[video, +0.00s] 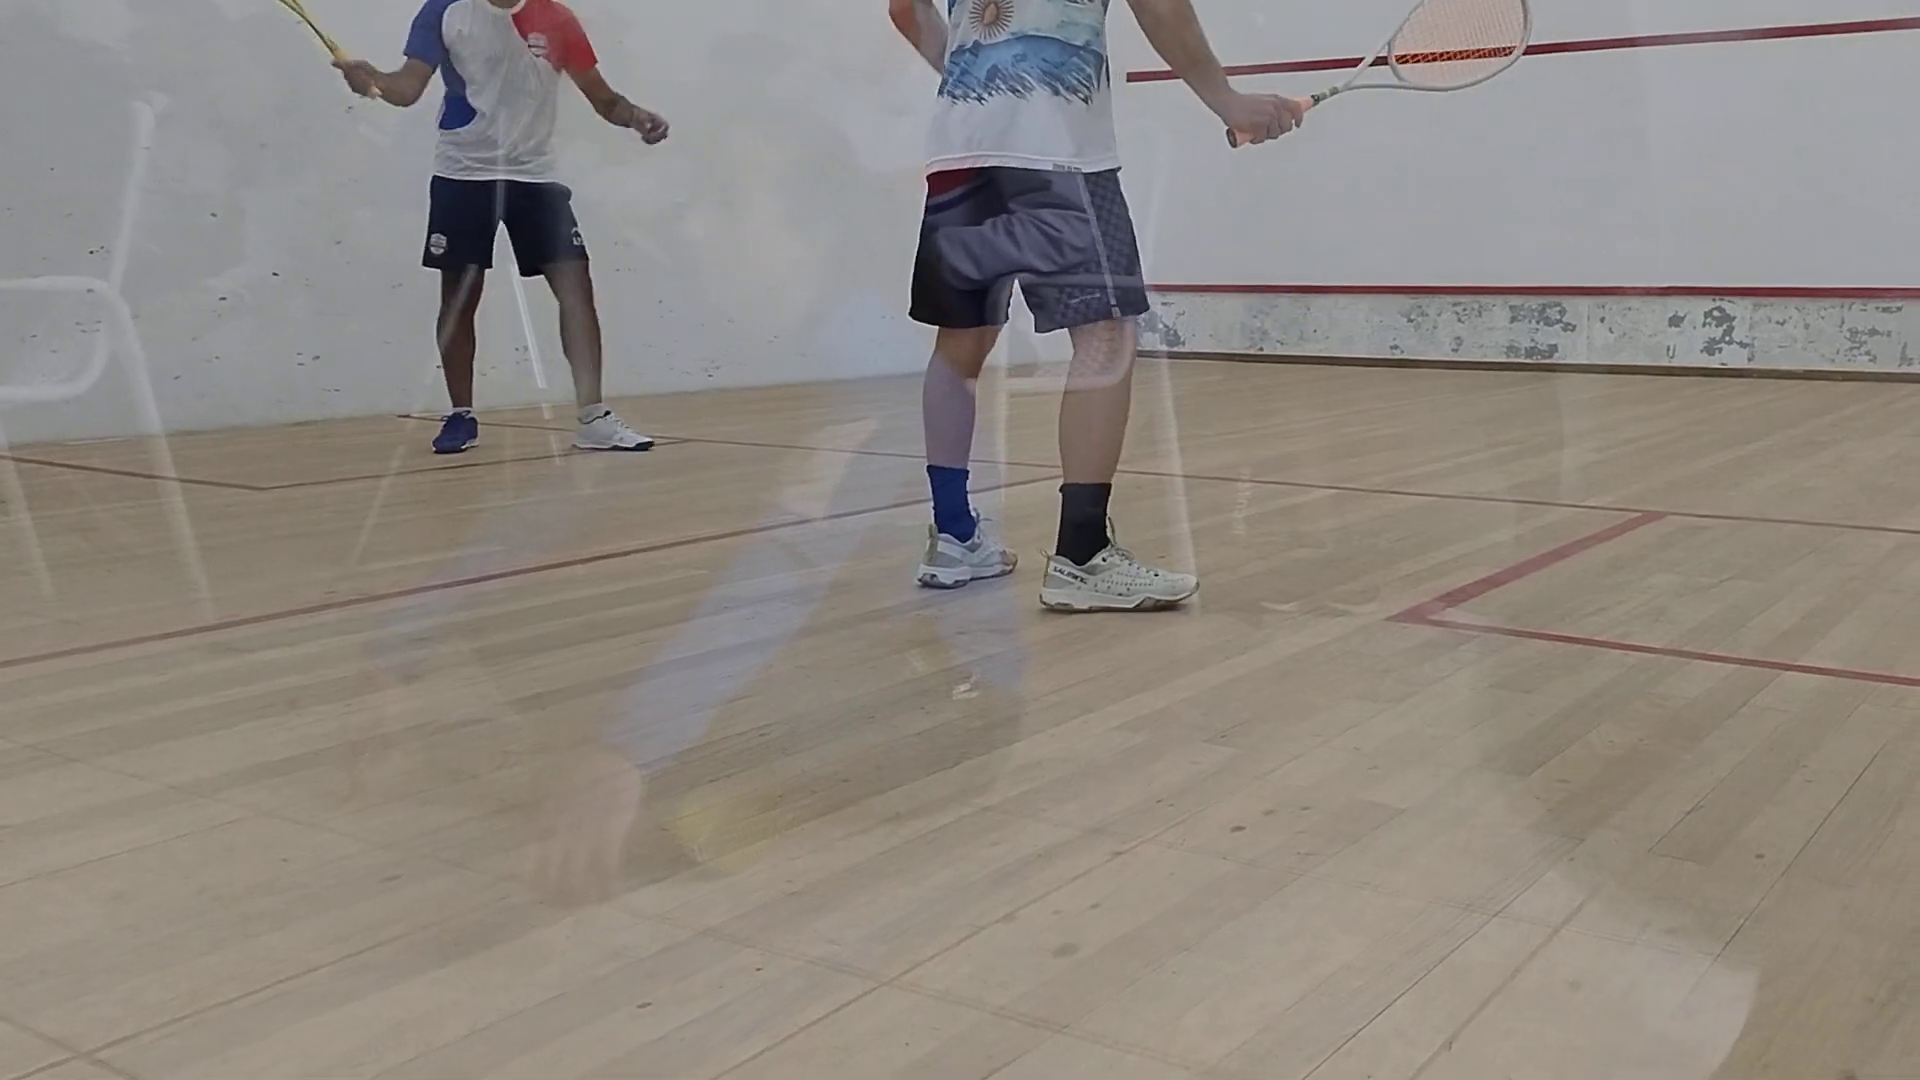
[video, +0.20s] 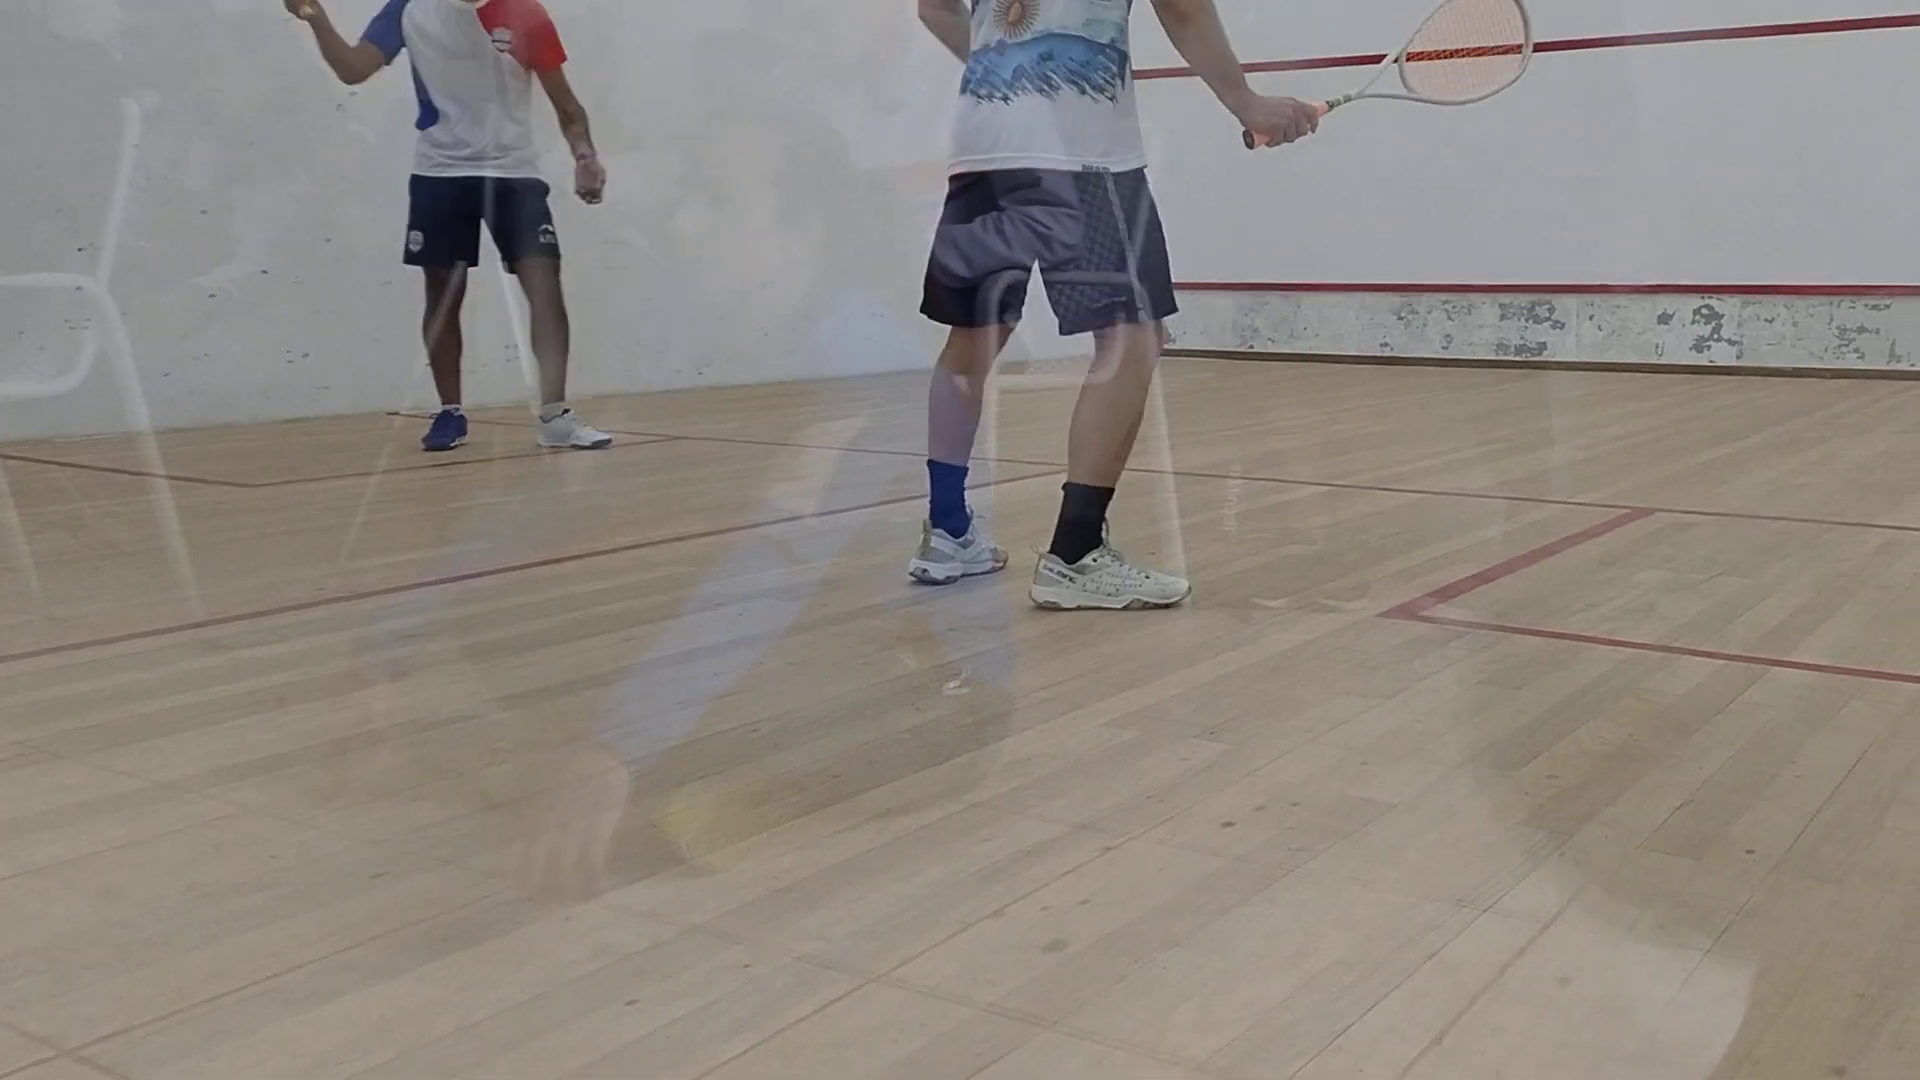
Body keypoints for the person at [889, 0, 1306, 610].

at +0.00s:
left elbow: (907, 9)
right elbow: (1156, 5)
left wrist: (974, 78)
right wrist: (1229, 98)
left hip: (959, 129)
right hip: (1055, 128)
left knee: (959, 344)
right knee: (1105, 337)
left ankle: (952, 538)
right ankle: (1082, 555)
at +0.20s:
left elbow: (935, 4)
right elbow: (1180, 8)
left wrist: (1005, 61)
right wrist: (1247, 101)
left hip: (982, 127)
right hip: (1078, 126)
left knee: (974, 329)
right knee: (1130, 336)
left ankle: (945, 533)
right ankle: (1075, 554)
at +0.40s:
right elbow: (1215, 1)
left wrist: (1023, 54)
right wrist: (1281, 91)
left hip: (1020, 107)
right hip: (1118, 108)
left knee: (1045, 310)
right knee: (1139, 336)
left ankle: (986, 507)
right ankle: (1067, 551)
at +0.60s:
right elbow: (1240, 0)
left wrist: (1042, 63)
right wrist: (1304, 95)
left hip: (1050, 115)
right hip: (1128, 119)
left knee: (1122, 326)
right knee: (1166, 334)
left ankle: (1148, 526)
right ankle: (1058, 545)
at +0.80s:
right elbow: (1234, 6)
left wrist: (1057, 77)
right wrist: (1302, 118)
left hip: (1057, 137)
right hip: (1147, 141)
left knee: (1141, 323)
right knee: (1251, 325)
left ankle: (1146, 528)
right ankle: (1102, 510)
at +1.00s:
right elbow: (1219, 5)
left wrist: (1034, 76)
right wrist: (1292, 123)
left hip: (1039, 137)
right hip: (1132, 138)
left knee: (1113, 337)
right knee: (1193, 360)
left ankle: (1137, 534)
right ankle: (1087, 580)